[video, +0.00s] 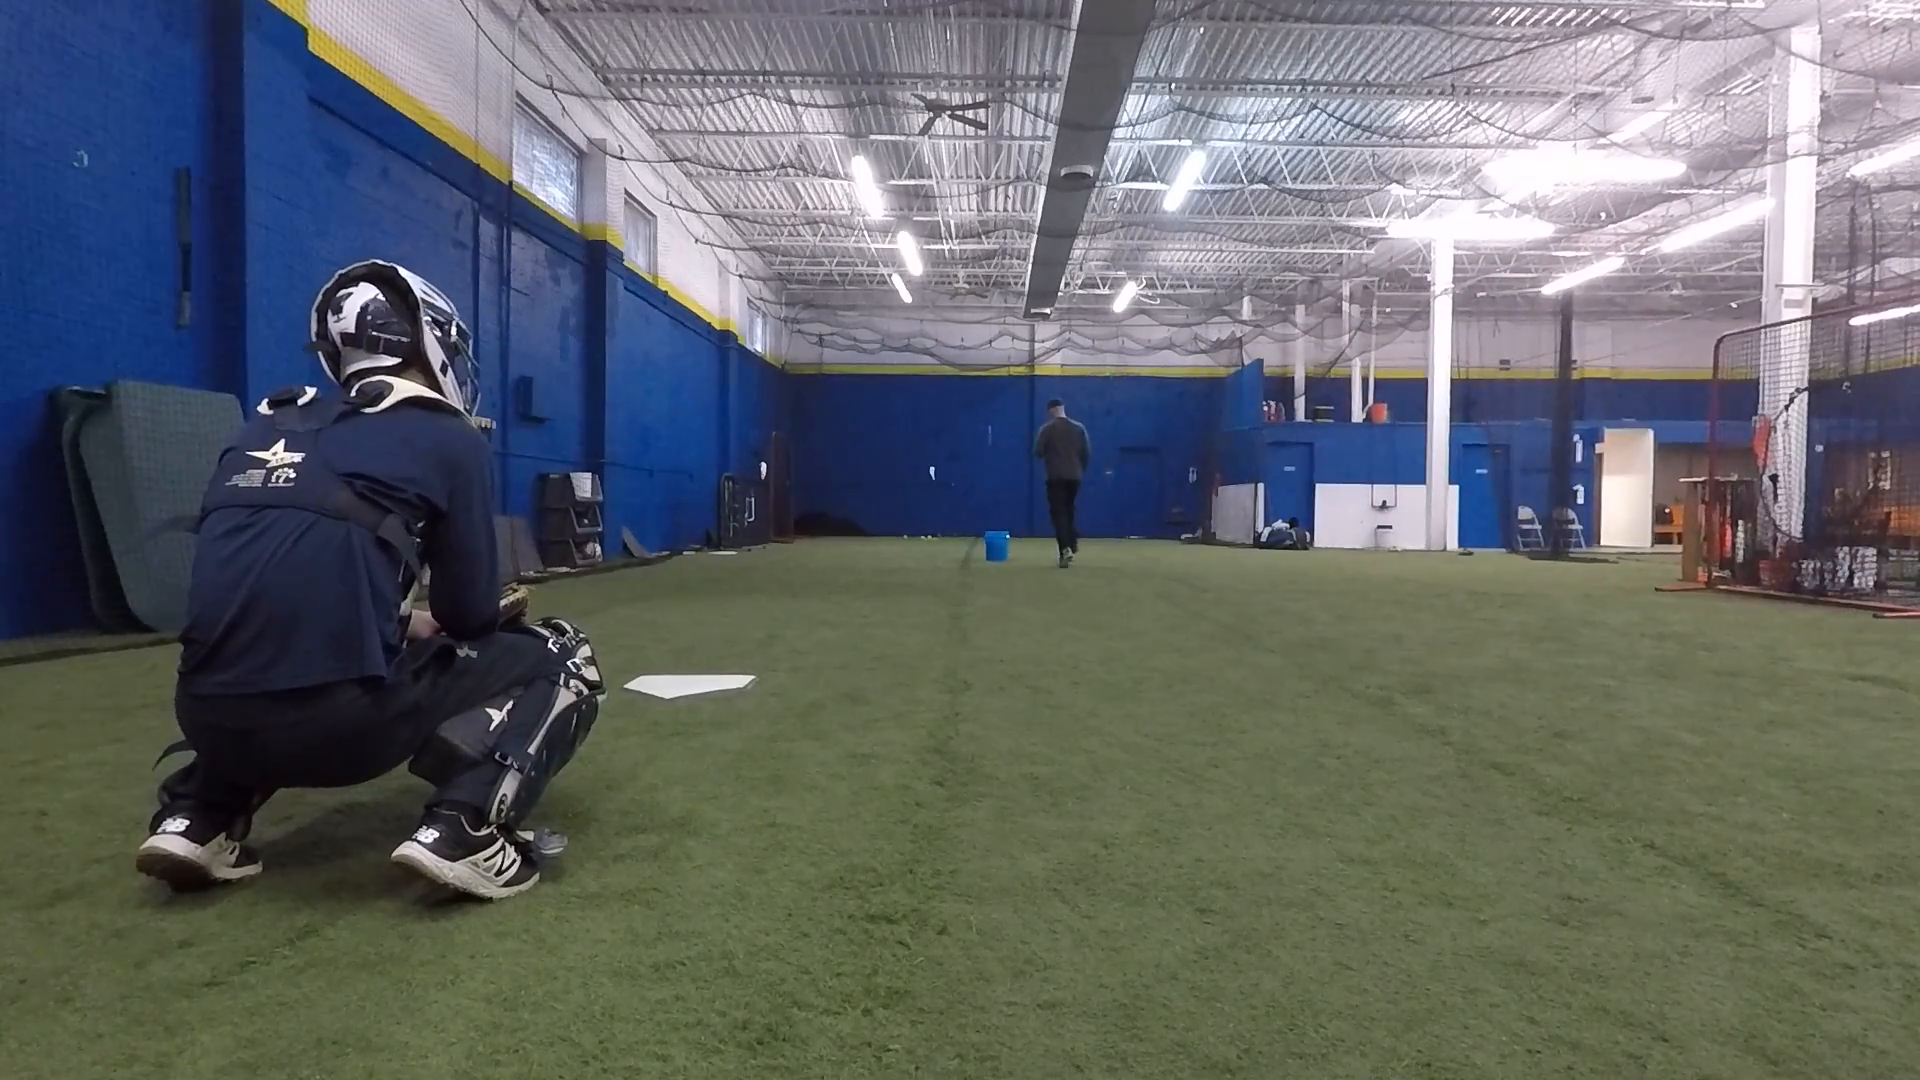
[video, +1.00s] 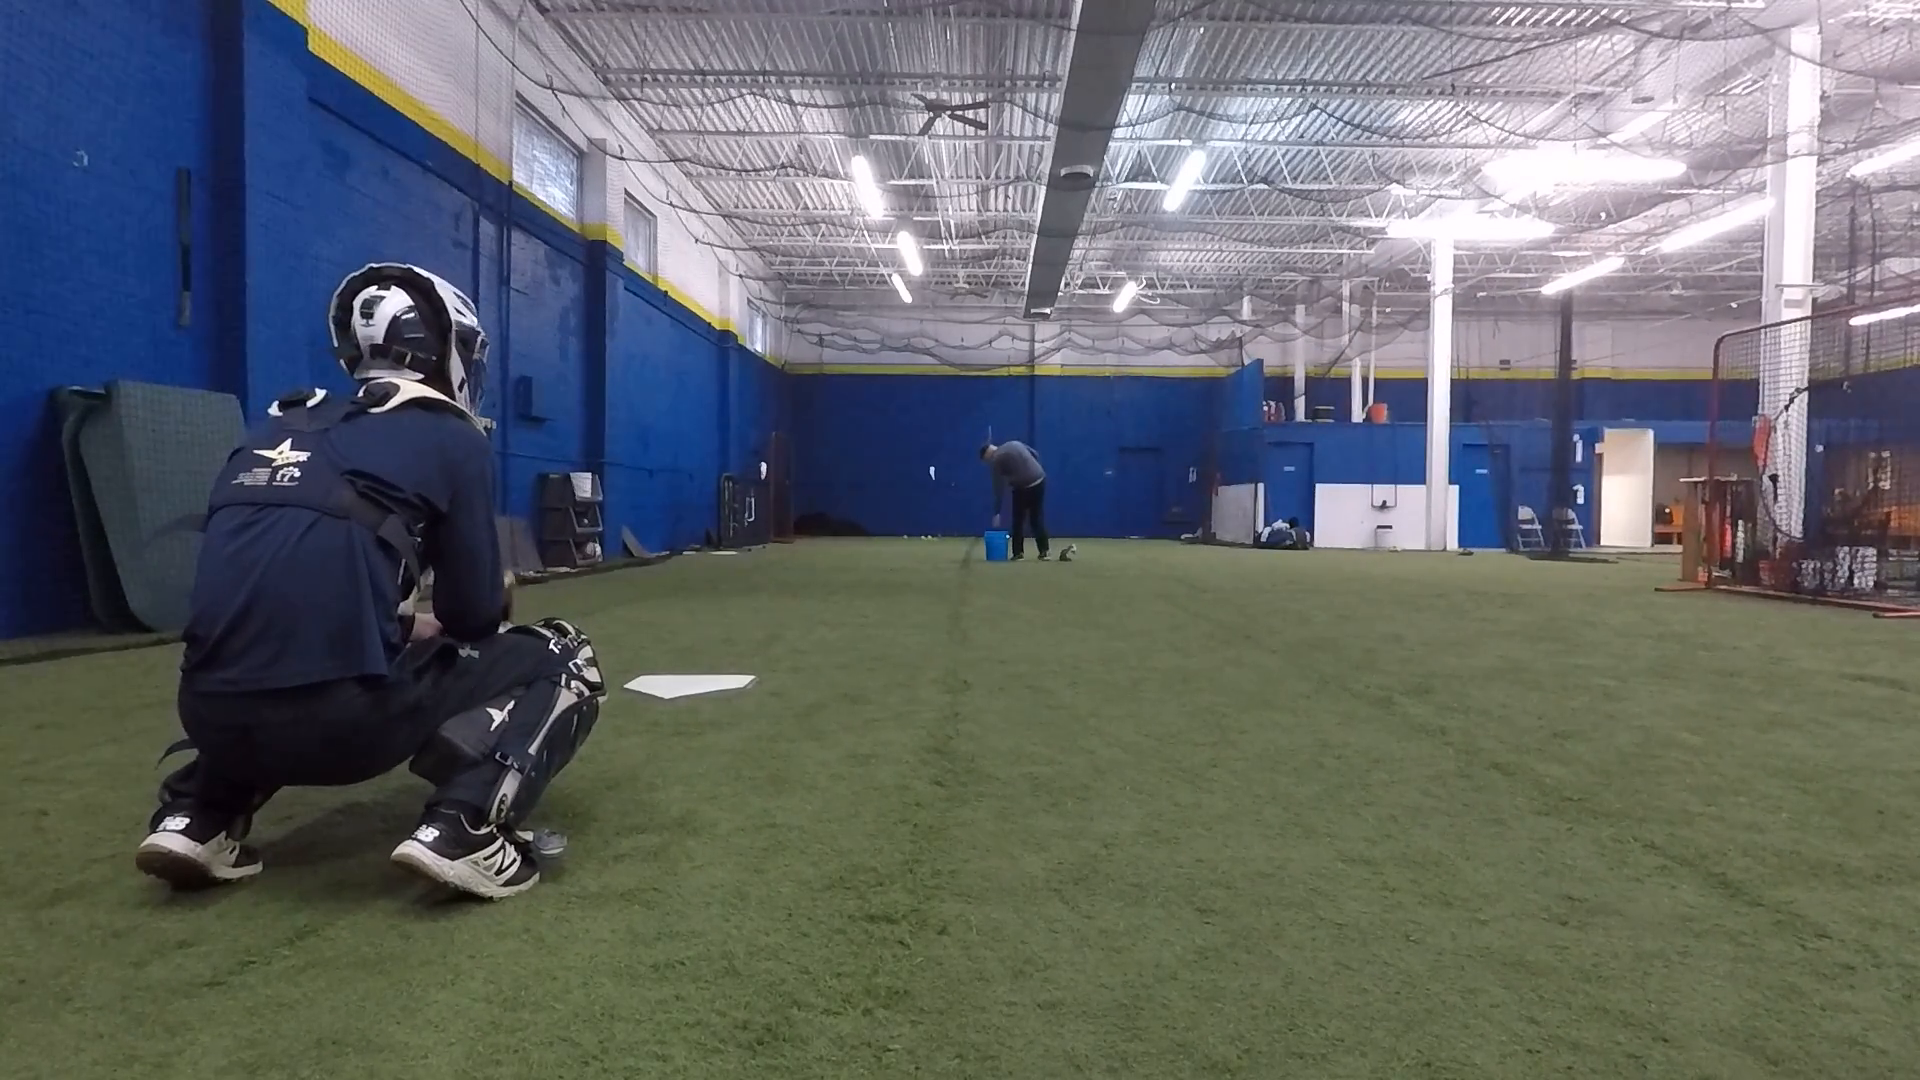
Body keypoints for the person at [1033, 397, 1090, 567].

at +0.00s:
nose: (1052, 414)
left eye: (1050, 411)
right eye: (1054, 410)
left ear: (1050, 411)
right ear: (1063, 409)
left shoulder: (1047, 428)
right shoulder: (1079, 427)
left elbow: (1039, 451)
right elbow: (1085, 451)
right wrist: (1082, 467)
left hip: (1055, 477)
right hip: (1074, 476)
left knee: (1057, 512)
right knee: (1069, 508)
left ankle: (1064, 549)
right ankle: (1072, 543)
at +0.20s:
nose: (1041, 425)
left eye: (1041, 423)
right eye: (1042, 423)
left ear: (1043, 422)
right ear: (1054, 421)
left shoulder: (1039, 439)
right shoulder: (1068, 438)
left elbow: (1030, 458)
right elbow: (1076, 460)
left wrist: (1035, 470)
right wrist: (1071, 476)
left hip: (1043, 485)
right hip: (1062, 485)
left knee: (1042, 515)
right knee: (1056, 515)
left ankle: (1051, 541)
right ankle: (1050, 547)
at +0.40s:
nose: (1027, 424)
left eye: (1026, 422)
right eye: (1027, 421)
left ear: (1029, 421)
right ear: (1039, 419)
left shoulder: (1028, 436)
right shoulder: (1056, 434)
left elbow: (1027, 458)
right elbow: (1063, 457)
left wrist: (1025, 472)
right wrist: (1059, 471)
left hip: (1034, 483)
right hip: (1052, 482)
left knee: (1030, 516)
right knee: (1048, 515)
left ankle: (1029, 551)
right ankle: (1052, 550)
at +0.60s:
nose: (1010, 435)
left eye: (1010, 432)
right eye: (1010, 432)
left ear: (1011, 431)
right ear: (1021, 427)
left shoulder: (1013, 445)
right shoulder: (1041, 439)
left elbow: (1014, 466)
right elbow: (1051, 459)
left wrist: (1012, 482)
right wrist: (1049, 474)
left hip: (1025, 489)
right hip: (1044, 487)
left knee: (1022, 521)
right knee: (1044, 518)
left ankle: (1019, 552)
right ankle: (1051, 544)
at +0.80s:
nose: (996, 447)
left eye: (995, 444)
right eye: (995, 445)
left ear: (997, 440)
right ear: (1004, 435)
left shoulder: (1004, 451)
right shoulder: (1026, 439)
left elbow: (1005, 476)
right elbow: (1042, 455)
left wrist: (1003, 499)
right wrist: (1036, 471)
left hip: (1021, 489)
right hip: (1040, 485)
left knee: (1017, 521)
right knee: (1037, 517)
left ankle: (1018, 553)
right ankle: (1048, 543)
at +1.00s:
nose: (988, 462)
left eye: (986, 459)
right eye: (986, 460)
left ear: (988, 454)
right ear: (993, 447)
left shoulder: (996, 461)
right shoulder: (1014, 444)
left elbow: (999, 488)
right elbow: (1035, 454)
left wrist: (996, 512)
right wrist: (1029, 470)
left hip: (1021, 488)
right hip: (1039, 482)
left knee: (1017, 521)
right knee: (1036, 518)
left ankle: (1018, 552)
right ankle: (1044, 550)